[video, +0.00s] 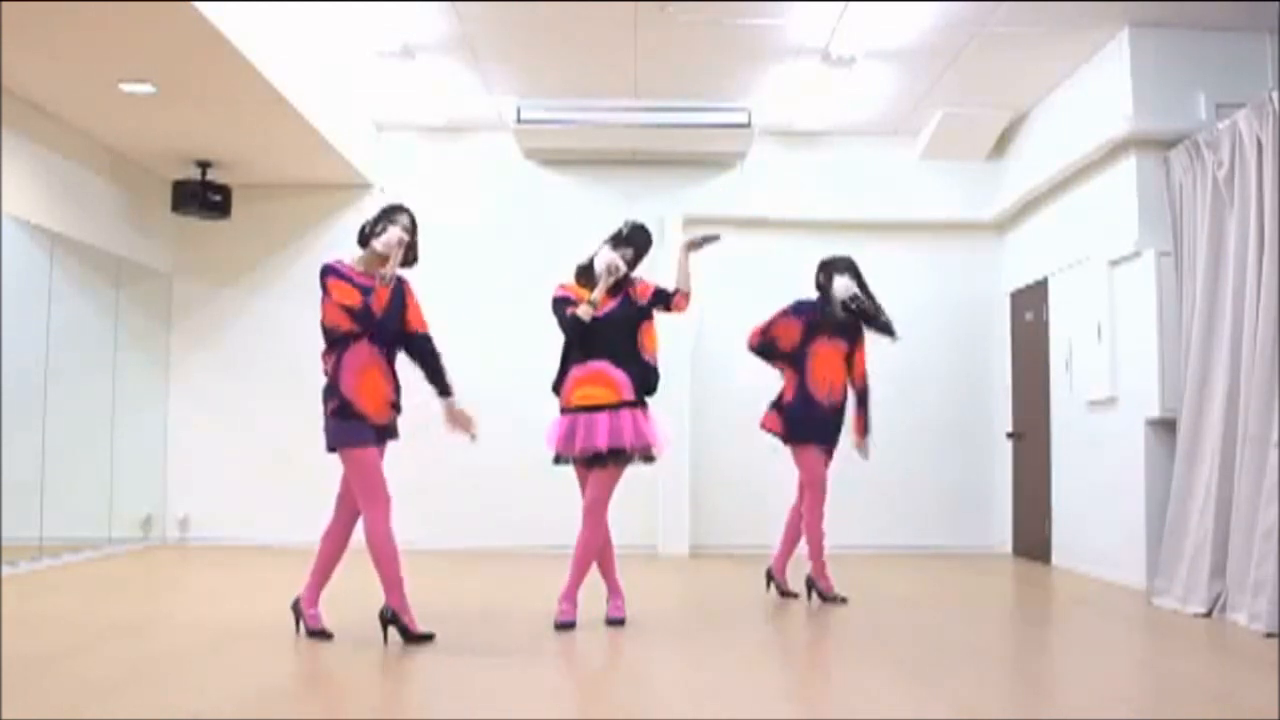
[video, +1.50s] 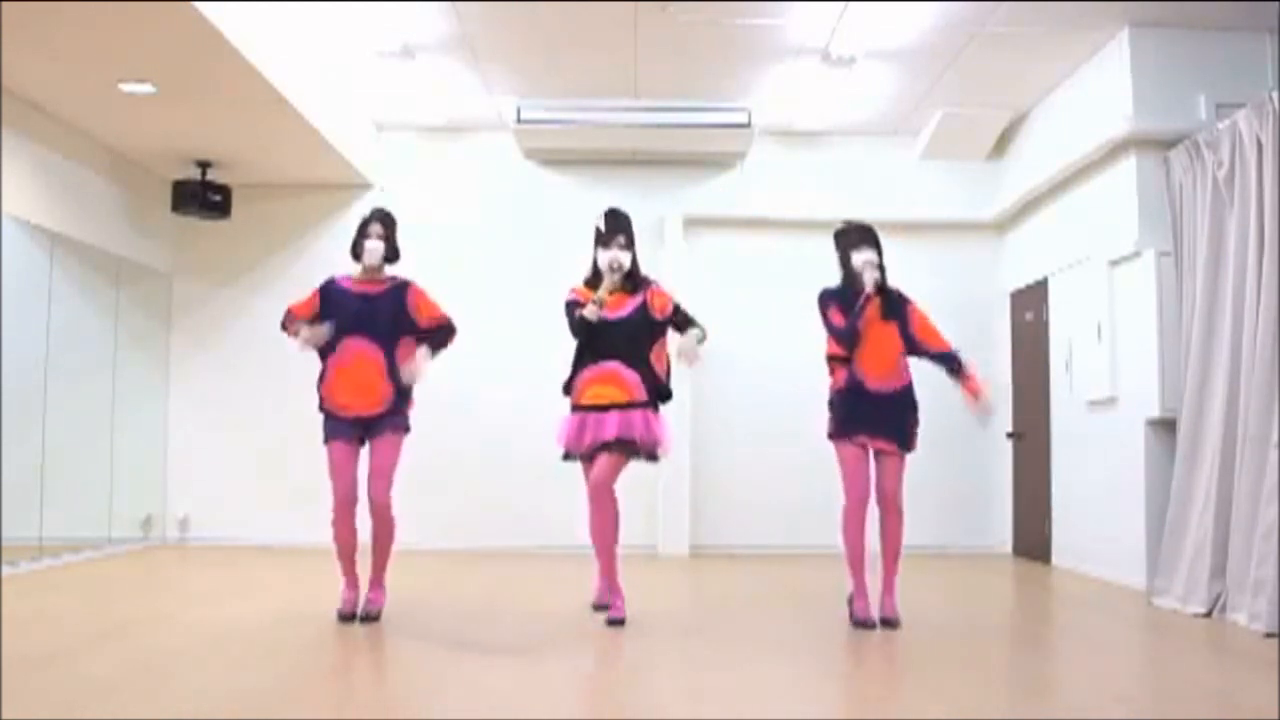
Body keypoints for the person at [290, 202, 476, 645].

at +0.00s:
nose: (397, 241)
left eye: (405, 239)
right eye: (392, 231)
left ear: (407, 249)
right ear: (371, 232)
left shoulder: (399, 289)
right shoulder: (335, 274)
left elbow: (420, 344)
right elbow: (363, 323)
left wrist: (448, 401)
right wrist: (387, 278)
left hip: (383, 409)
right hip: (346, 407)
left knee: (347, 508)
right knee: (376, 501)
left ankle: (308, 599)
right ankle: (397, 605)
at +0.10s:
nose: (405, 240)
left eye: (412, 238)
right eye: (400, 230)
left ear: (411, 251)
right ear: (376, 233)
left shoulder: (403, 288)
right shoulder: (340, 274)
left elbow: (439, 331)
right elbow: (372, 326)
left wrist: (479, 374)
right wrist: (397, 279)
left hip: (380, 408)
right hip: (347, 404)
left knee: (347, 507)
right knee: (376, 502)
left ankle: (309, 598)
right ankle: (396, 605)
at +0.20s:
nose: (413, 245)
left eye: (419, 243)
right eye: (409, 234)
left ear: (416, 253)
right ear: (387, 233)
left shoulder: (404, 287)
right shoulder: (343, 271)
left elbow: (447, 311)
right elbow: (368, 322)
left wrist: (494, 329)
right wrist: (400, 279)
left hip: (380, 406)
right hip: (349, 402)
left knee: (346, 507)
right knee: (377, 502)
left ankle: (309, 598)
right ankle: (397, 606)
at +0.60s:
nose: (428, 269)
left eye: (433, 266)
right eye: (424, 257)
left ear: (426, 274)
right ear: (397, 253)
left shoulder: (414, 306)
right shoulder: (357, 292)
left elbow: (450, 307)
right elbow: (381, 340)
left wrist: (459, 280)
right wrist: (414, 292)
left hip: (386, 422)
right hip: (359, 420)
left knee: (404, 519)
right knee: (411, 508)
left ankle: (340, 589)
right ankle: (401, 606)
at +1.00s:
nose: (389, 263)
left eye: (398, 257)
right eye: (383, 253)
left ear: (403, 267)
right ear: (366, 256)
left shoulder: (412, 307)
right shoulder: (339, 293)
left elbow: (459, 304)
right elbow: (334, 339)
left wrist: (430, 264)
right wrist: (364, 299)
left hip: (390, 423)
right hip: (343, 418)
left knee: (378, 511)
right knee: (373, 494)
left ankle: (355, 590)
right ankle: (347, 587)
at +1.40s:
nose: (373, 246)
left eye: (382, 241)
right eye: (368, 239)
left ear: (391, 250)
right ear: (356, 245)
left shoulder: (404, 295)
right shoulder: (335, 291)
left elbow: (442, 335)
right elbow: (296, 326)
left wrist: (414, 328)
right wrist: (322, 303)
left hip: (388, 413)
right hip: (340, 412)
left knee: (376, 502)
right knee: (339, 503)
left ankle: (376, 588)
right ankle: (338, 587)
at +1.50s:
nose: (374, 244)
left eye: (382, 238)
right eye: (368, 237)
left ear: (391, 247)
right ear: (356, 244)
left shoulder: (405, 293)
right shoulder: (333, 290)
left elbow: (444, 328)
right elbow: (289, 317)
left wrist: (419, 356)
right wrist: (307, 333)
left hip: (388, 408)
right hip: (340, 408)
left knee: (379, 498)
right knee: (344, 500)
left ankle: (376, 586)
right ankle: (349, 587)